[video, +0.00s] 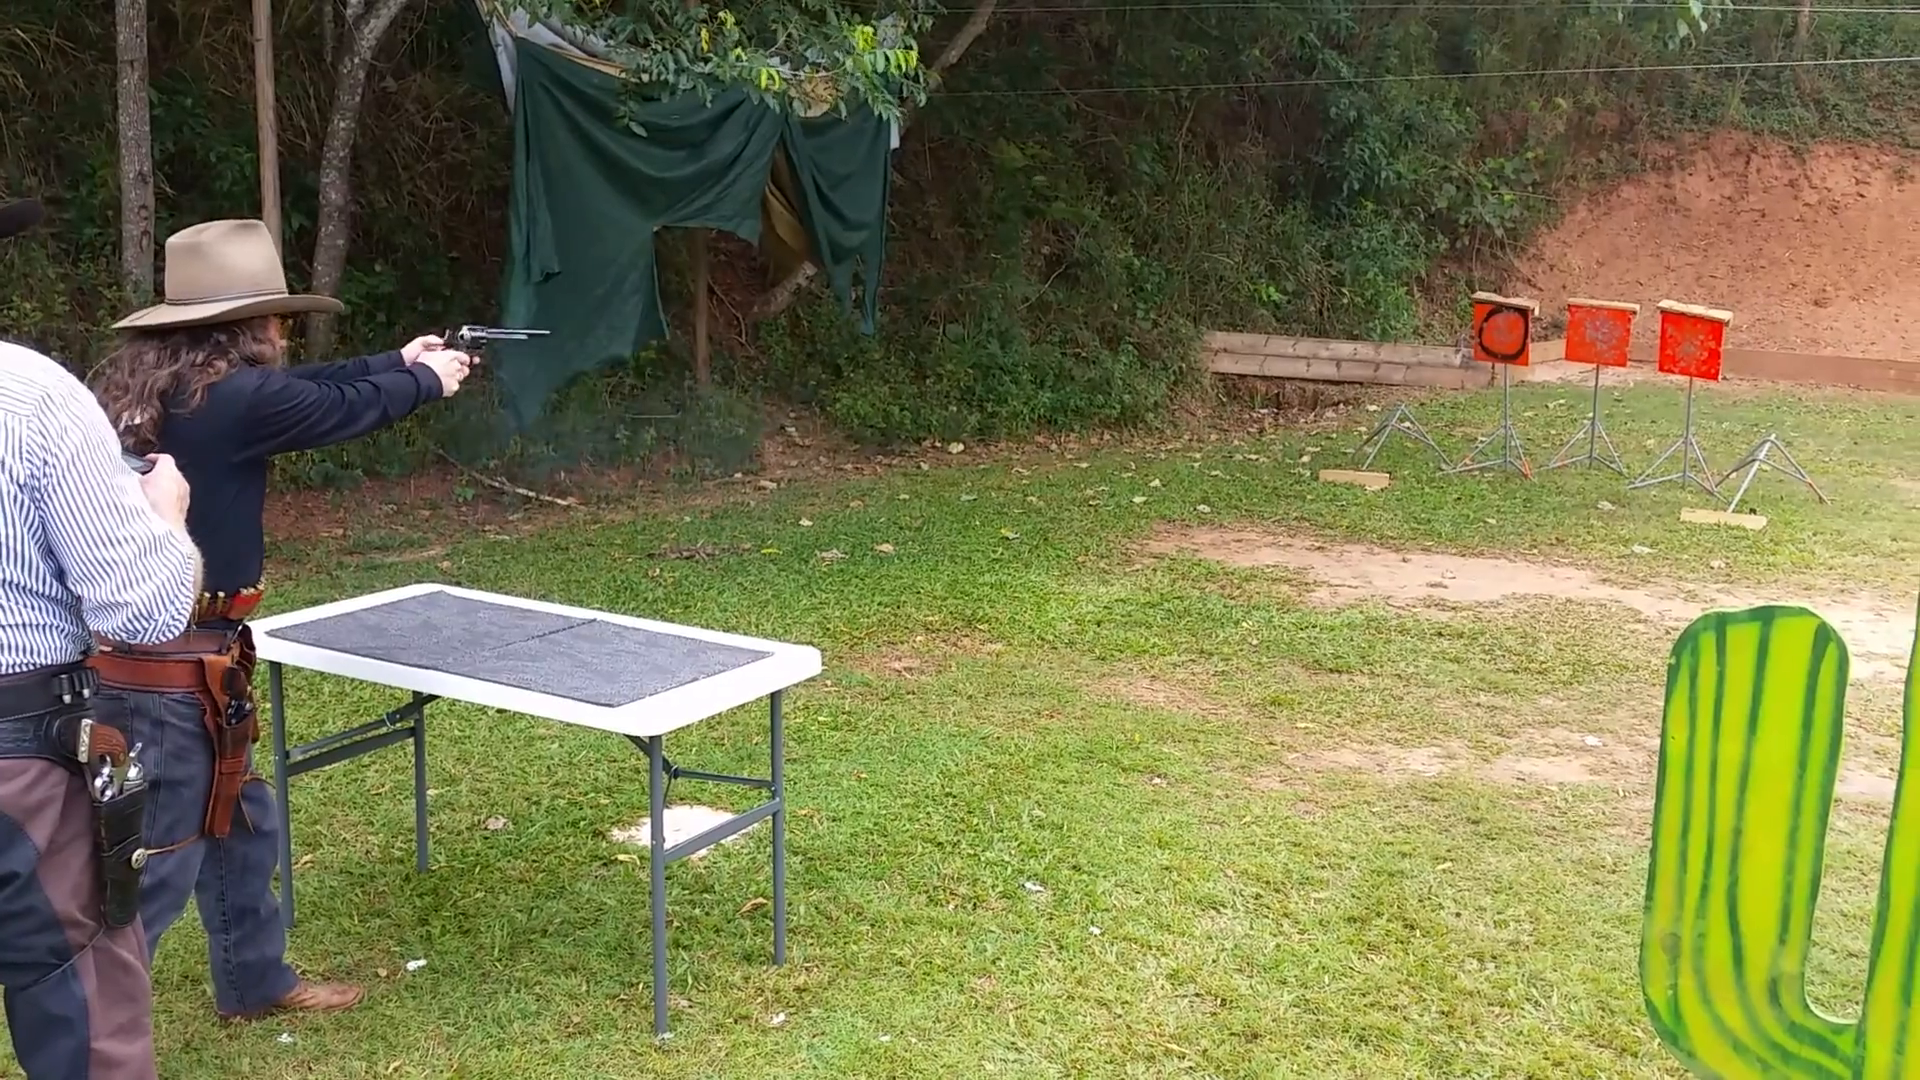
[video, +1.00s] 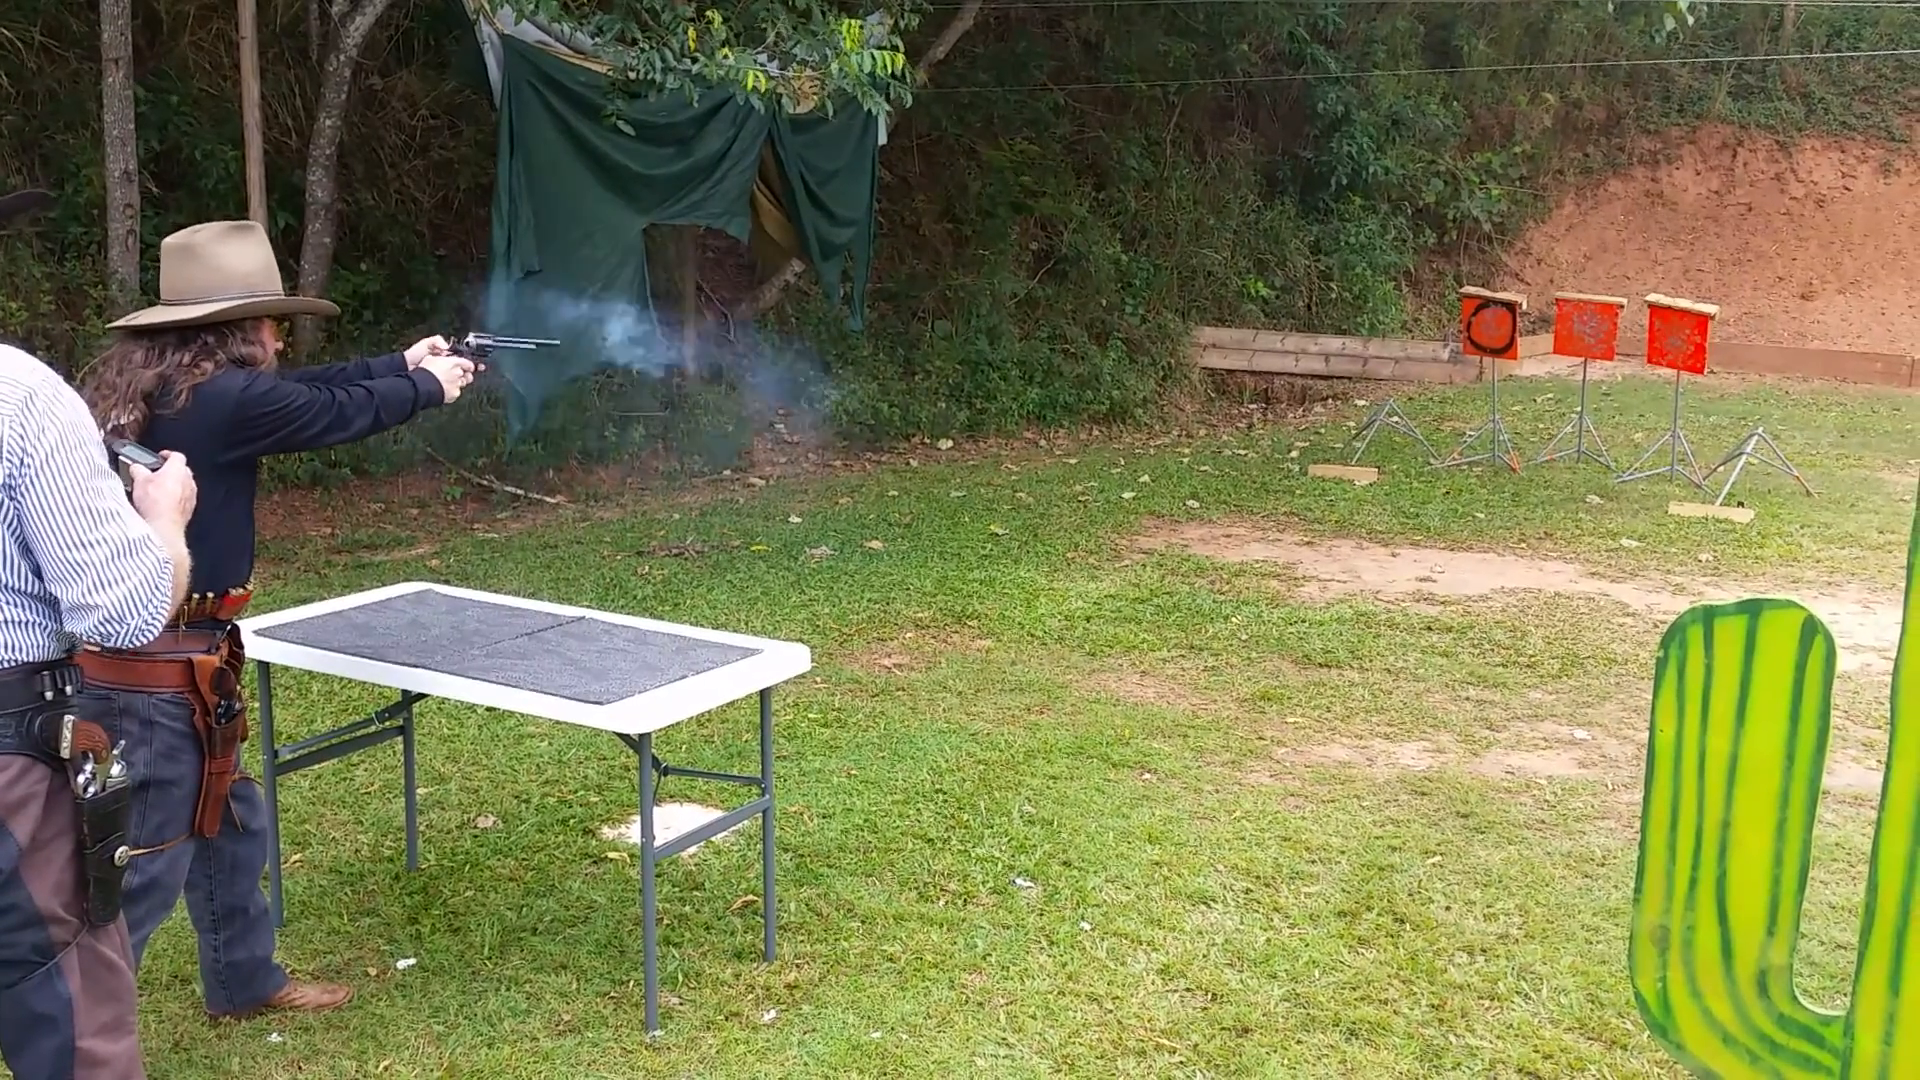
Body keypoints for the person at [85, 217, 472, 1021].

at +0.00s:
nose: (283, 335)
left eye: (280, 321)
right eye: (274, 321)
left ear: (193, 324)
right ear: (242, 325)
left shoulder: (146, 386)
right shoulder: (233, 398)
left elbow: (303, 391)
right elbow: (341, 410)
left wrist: (394, 363)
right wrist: (427, 382)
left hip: (132, 651)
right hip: (174, 665)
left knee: (245, 820)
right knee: (158, 863)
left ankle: (256, 985)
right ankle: (87, 1021)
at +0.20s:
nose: (284, 335)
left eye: (281, 322)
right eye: (276, 321)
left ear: (198, 325)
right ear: (242, 326)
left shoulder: (148, 384)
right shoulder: (231, 398)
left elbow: (303, 390)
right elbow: (337, 411)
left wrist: (396, 362)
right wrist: (426, 382)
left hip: (127, 653)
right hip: (171, 664)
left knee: (242, 817)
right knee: (152, 864)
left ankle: (251, 985)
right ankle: (83, 1016)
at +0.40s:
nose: (279, 334)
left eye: (275, 320)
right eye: (269, 320)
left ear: (193, 323)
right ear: (236, 324)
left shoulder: (145, 382)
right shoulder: (226, 397)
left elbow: (298, 386)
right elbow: (334, 413)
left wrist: (397, 356)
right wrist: (423, 383)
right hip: (171, 658)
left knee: (241, 817)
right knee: (153, 861)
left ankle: (250, 983)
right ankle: (79, 1012)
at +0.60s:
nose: (280, 337)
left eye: (276, 323)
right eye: (271, 323)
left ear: (194, 324)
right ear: (236, 327)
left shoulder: (143, 385)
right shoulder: (224, 398)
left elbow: (303, 388)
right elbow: (333, 413)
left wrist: (402, 360)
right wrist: (429, 384)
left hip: (128, 649)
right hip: (167, 662)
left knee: (238, 815)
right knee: (151, 861)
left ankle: (247, 983)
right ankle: (76, 1015)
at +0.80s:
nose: (280, 338)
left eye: (277, 324)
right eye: (272, 324)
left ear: (196, 324)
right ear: (237, 327)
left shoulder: (146, 381)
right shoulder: (223, 397)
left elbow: (299, 388)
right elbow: (333, 413)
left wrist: (401, 358)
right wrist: (426, 384)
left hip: (128, 643)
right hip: (168, 654)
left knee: (236, 814)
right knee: (149, 857)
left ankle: (245, 982)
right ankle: (74, 1016)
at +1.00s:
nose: (279, 338)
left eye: (276, 324)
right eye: (269, 323)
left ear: (192, 325)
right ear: (233, 328)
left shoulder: (141, 384)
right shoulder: (224, 399)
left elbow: (304, 391)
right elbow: (336, 414)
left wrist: (401, 364)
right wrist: (429, 386)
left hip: (125, 651)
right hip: (160, 663)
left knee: (235, 814)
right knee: (146, 864)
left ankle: (244, 982)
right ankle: (71, 1019)